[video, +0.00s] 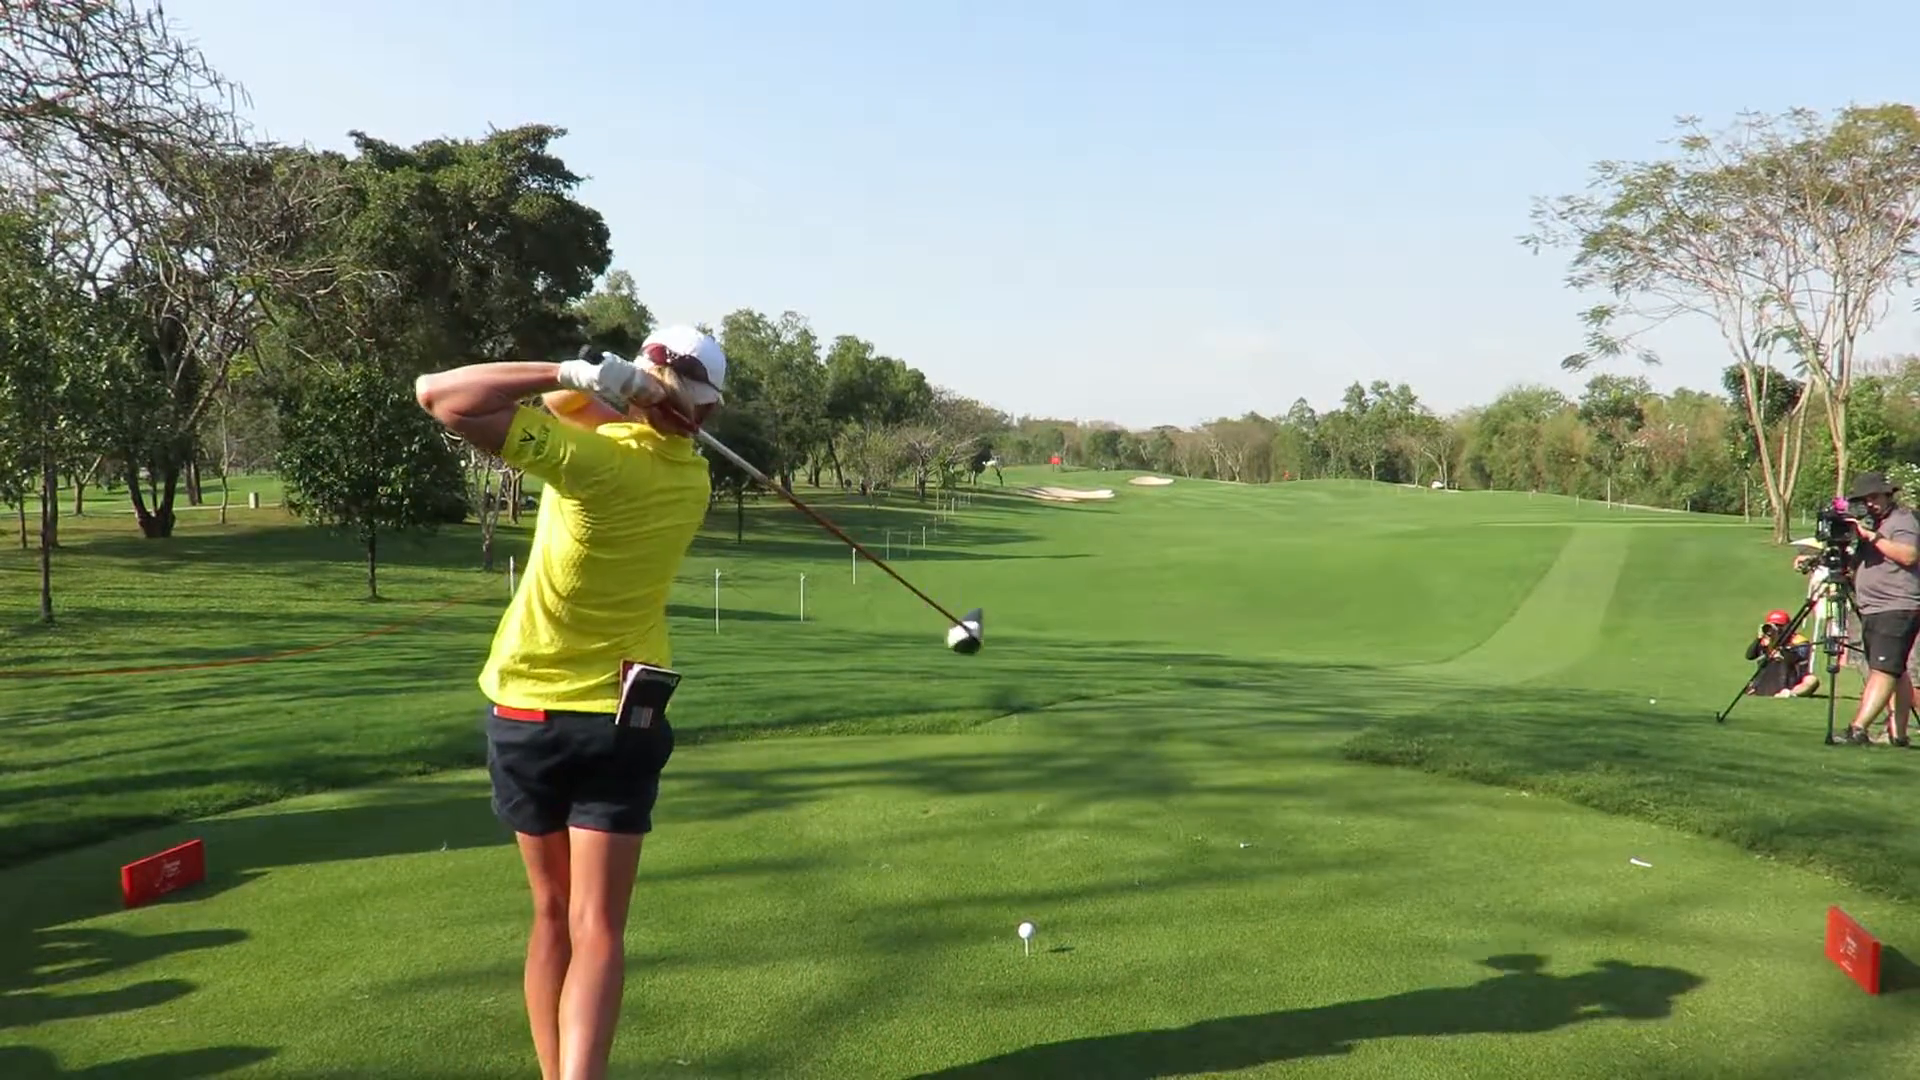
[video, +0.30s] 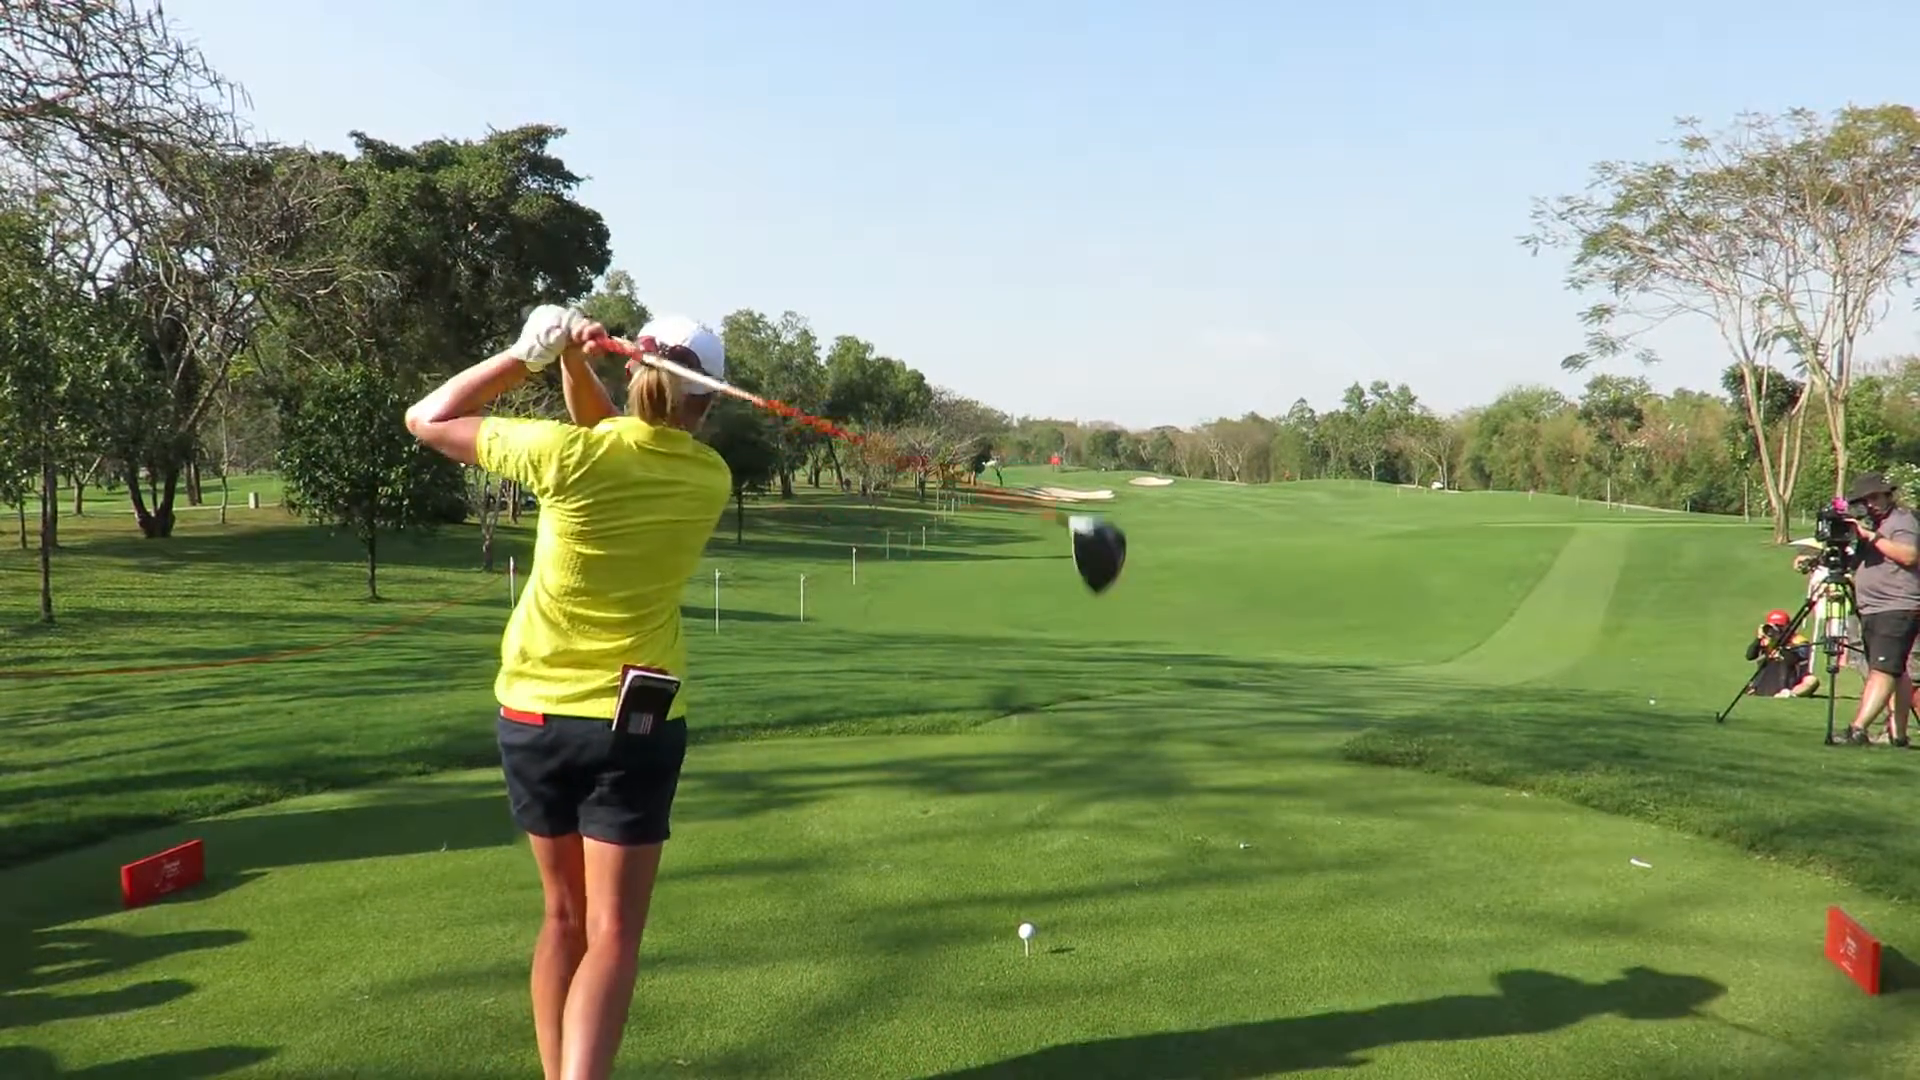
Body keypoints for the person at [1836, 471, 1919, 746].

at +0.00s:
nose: (1868, 506)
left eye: (1873, 499)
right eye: (1865, 501)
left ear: (1887, 496)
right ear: (1863, 502)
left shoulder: (1902, 520)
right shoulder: (1875, 525)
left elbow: (1909, 556)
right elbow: (1865, 566)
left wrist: (1872, 538)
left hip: (1898, 607)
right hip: (1874, 608)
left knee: (1884, 667)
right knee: (1891, 670)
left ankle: (1858, 727)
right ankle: (1898, 733)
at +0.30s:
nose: (1868, 507)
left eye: (1872, 500)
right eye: (1864, 502)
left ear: (1887, 497)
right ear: (1862, 504)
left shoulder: (1902, 521)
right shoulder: (1874, 525)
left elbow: (1909, 556)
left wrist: (1871, 537)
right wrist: (1845, 534)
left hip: (1898, 607)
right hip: (1873, 608)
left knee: (1883, 668)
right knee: (1892, 672)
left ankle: (1858, 728)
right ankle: (1898, 733)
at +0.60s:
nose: (1869, 509)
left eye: (1872, 502)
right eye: (1864, 505)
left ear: (1886, 498)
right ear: (1864, 506)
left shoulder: (1902, 522)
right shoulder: (1875, 527)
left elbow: (1910, 557)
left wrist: (1871, 539)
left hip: (1898, 608)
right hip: (1874, 609)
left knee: (1883, 670)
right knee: (1893, 674)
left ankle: (1858, 729)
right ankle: (1898, 735)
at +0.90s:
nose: (1870, 509)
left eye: (1874, 502)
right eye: (1866, 505)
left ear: (1887, 498)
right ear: (1864, 507)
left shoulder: (1903, 522)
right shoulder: (1874, 528)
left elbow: (1910, 558)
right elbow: (1863, 568)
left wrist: (1872, 540)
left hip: (1898, 609)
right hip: (1874, 611)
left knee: (1884, 670)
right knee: (1895, 675)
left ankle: (1858, 730)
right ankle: (1899, 736)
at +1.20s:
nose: (1868, 512)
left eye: (1871, 504)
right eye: (1863, 508)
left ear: (1885, 500)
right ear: (1863, 509)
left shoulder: (1902, 523)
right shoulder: (1874, 529)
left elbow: (1911, 559)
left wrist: (1873, 540)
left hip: (1899, 610)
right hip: (1874, 612)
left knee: (1884, 670)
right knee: (1895, 676)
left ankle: (1859, 730)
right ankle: (1899, 736)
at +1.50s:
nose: (1870, 511)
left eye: (1874, 504)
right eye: (1865, 507)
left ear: (1889, 500)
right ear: (1863, 509)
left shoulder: (1903, 524)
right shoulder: (1874, 530)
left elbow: (1911, 559)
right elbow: (1863, 572)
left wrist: (1873, 541)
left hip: (1899, 611)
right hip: (1875, 613)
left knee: (1885, 671)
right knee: (1896, 677)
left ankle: (1859, 731)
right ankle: (1900, 738)